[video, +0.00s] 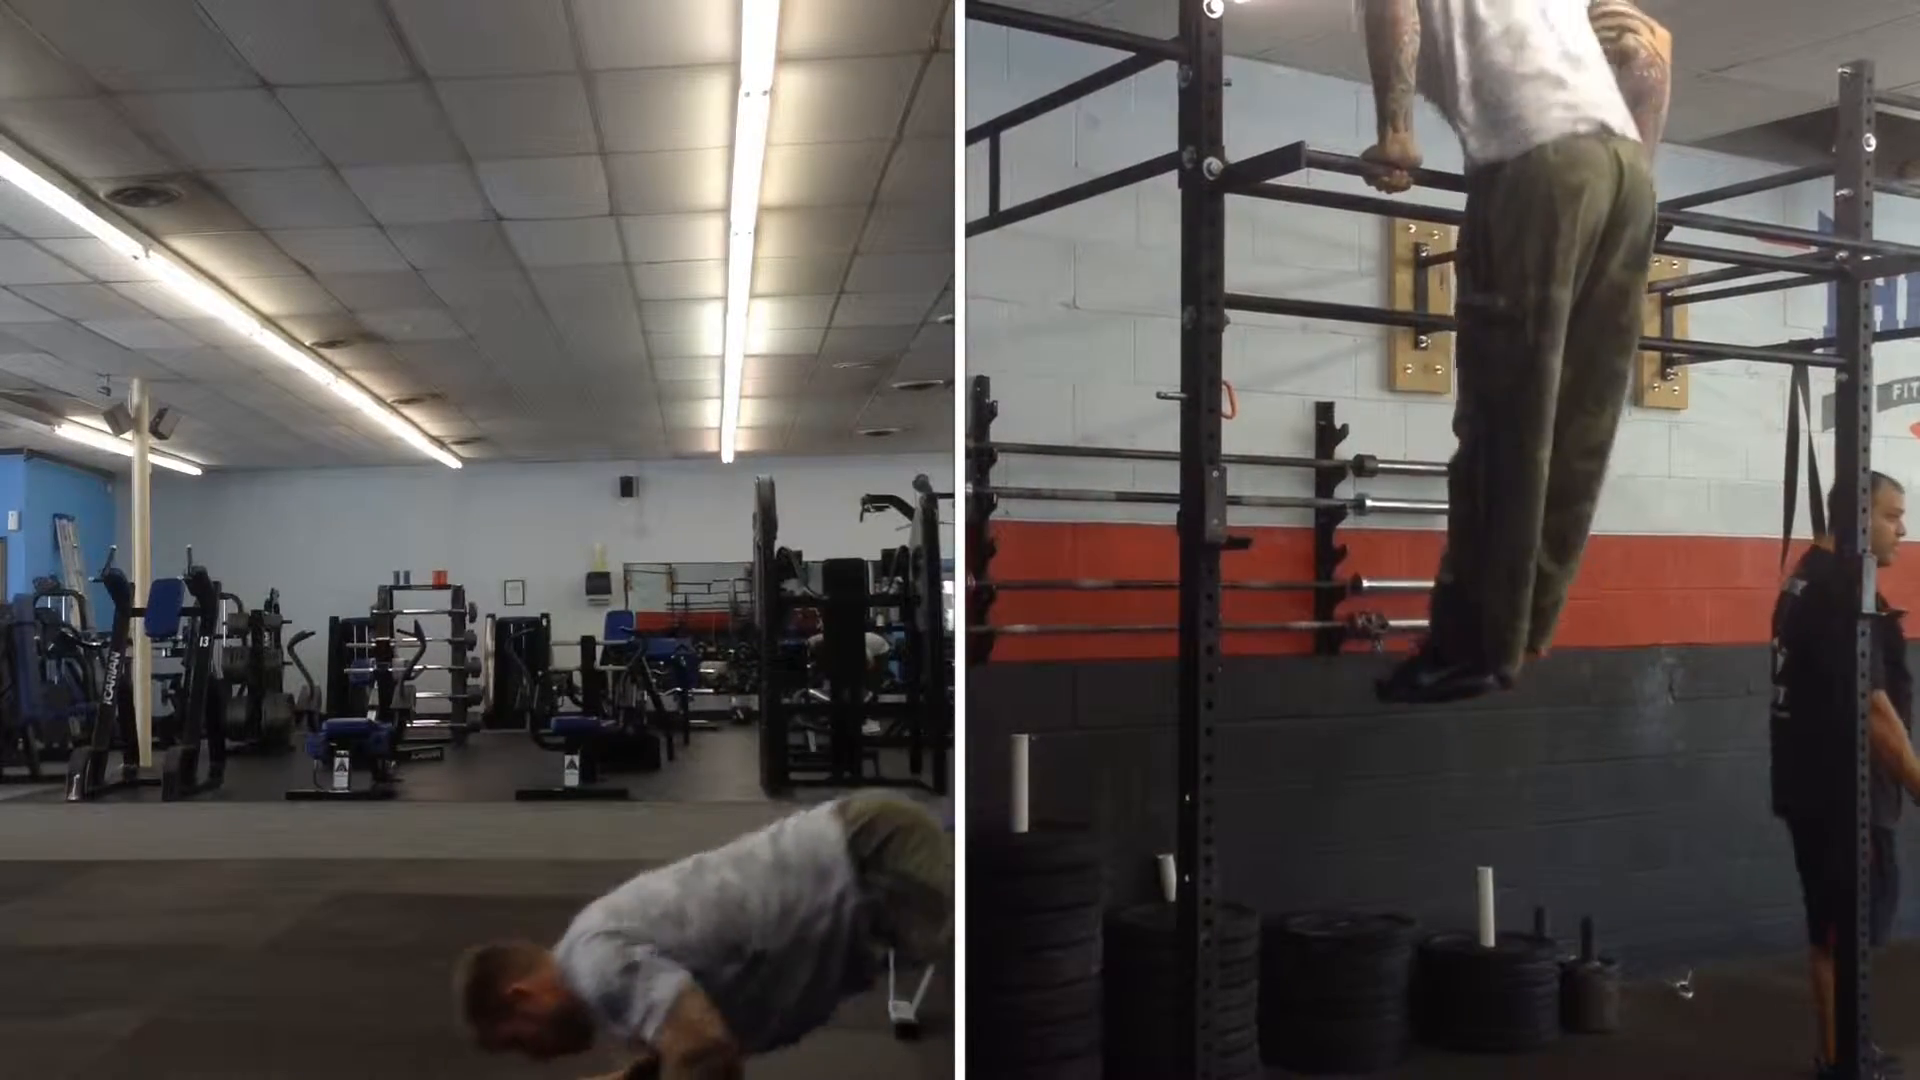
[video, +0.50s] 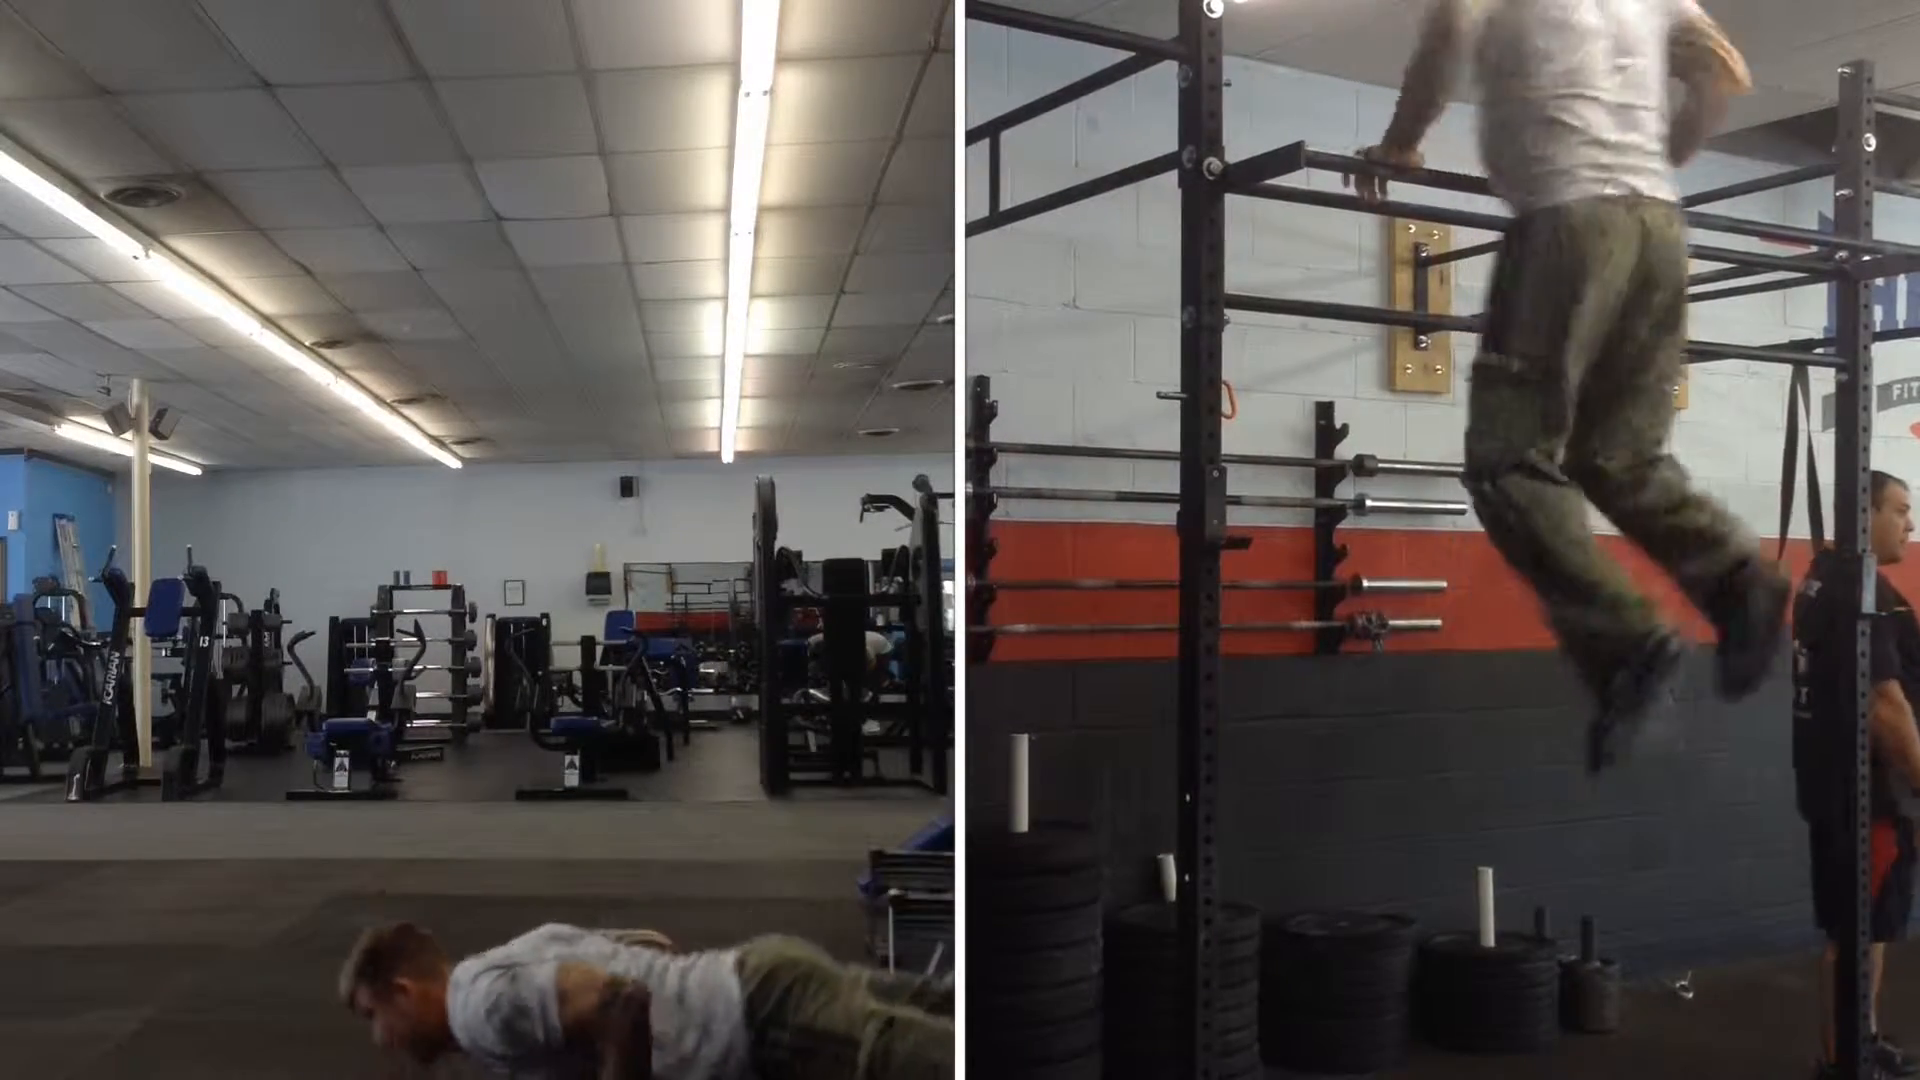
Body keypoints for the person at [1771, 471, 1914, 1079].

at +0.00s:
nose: (1902, 529)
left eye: (1902, 517)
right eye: (1893, 517)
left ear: (1850, 520)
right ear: (1856, 518)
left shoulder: (1811, 577)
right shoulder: (1848, 587)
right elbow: (1869, 703)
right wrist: (1914, 777)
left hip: (1808, 781)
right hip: (1842, 789)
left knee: (1830, 929)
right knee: (1848, 931)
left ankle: (1839, 1052)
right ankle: (1845, 1056)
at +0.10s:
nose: (1906, 529)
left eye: (1906, 517)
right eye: (1897, 516)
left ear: (1859, 522)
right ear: (1861, 518)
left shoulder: (1814, 580)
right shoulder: (1853, 589)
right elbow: (1868, 705)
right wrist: (1911, 794)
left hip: (1815, 785)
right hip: (1849, 791)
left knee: (1834, 929)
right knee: (1853, 932)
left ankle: (1840, 1050)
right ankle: (1844, 1054)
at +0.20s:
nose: (1908, 528)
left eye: (1907, 516)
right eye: (1899, 516)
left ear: (1862, 522)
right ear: (1862, 518)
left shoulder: (1817, 579)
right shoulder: (1857, 589)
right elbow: (1869, 704)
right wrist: (1906, 800)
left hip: (1816, 787)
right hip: (1850, 794)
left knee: (1836, 929)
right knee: (1859, 931)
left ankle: (1842, 1048)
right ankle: (1848, 1053)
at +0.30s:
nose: (1909, 528)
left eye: (1908, 516)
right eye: (1900, 516)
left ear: (1864, 521)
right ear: (1863, 518)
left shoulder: (1821, 581)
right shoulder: (1860, 591)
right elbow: (1871, 706)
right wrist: (1907, 799)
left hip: (1823, 787)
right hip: (1854, 795)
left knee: (1841, 931)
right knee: (1857, 934)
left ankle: (1849, 1047)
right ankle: (1850, 1054)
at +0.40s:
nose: (1909, 527)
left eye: (1908, 514)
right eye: (1900, 514)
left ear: (1863, 520)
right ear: (1863, 517)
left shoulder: (1822, 582)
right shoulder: (1863, 590)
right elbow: (1874, 702)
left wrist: (1895, 778)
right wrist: (1911, 786)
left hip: (1828, 783)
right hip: (1862, 791)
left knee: (1850, 925)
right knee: (1862, 929)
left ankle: (1852, 1044)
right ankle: (1851, 1051)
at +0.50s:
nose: (1910, 524)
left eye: (1908, 511)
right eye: (1900, 511)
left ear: (1865, 519)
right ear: (1865, 517)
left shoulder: (1829, 579)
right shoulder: (1861, 589)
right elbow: (1882, 702)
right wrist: (1914, 775)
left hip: (1842, 781)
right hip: (1864, 790)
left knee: (1862, 922)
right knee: (1865, 925)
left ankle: (1854, 1041)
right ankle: (1852, 1048)